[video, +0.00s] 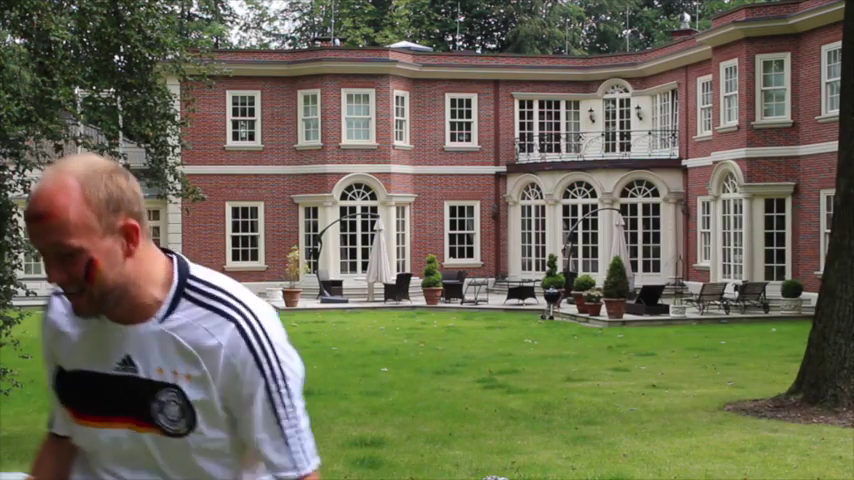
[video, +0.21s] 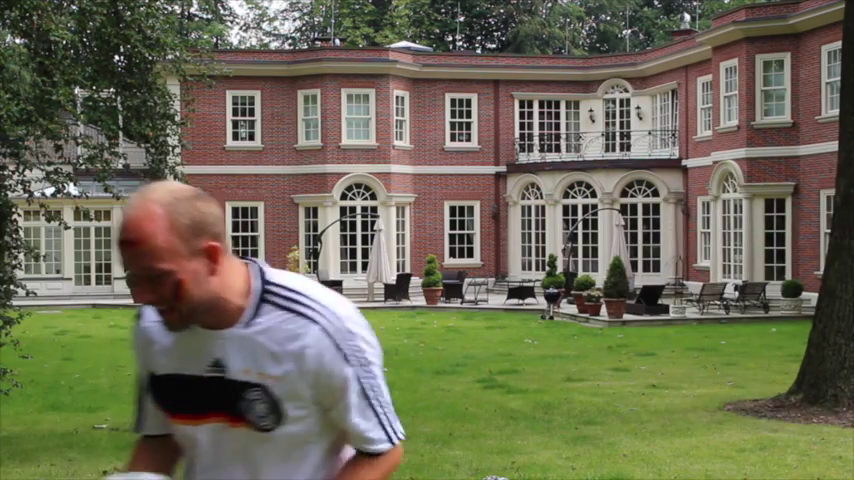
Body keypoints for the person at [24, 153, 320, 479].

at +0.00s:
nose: (55, 279)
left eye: (69, 256)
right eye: (44, 258)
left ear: (129, 239)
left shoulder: (238, 328)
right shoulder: (61, 315)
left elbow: (299, 472)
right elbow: (63, 437)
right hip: (91, 474)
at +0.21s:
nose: (141, 297)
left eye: (156, 278)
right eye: (132, 280)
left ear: (211, 258)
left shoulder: (324, 328)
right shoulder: (152, 327)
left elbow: (384, 448)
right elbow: (159, 437)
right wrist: (132, 477)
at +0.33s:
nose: (205, 323)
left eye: (218, 307)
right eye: (197, 308)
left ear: (269, 285)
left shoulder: (375, 350)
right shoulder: (210, 347)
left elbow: (419, 472)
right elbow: (216, 456)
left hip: (361, 472)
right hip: (274, 472)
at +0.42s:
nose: (232, 355)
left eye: (244, 338)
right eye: (224, 339)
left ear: (293, 316)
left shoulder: (400, 363)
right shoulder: (242, 361)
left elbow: (451, 475)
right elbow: (251, 468)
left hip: (396, 473)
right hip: (308, 472)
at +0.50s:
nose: (256, 379)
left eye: (268, 361)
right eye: (248, 362)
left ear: (311, 335)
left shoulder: (427, 356)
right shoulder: (268, 377)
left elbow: (496, 467)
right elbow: (276, 473)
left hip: (442, 470)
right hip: (351, 470)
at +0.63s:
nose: (302, 385)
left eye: (313, 370)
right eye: (296, 371)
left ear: (355, 343)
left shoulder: (468, 341)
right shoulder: (310, 386)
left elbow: (549, 417)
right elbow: (313, 473)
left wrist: (539, 477)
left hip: (494, 462)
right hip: (404, 470)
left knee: (472, 462)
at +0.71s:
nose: (352, 376)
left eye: (363, 362)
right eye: (343, 363)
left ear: (398, 333)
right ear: (334, 353)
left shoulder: (508, 330)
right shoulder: (345, 383)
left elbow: (579, 400)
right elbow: (351, 472)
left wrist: (576, 472)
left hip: (521, 465)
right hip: (428, 469)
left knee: (523, 444)